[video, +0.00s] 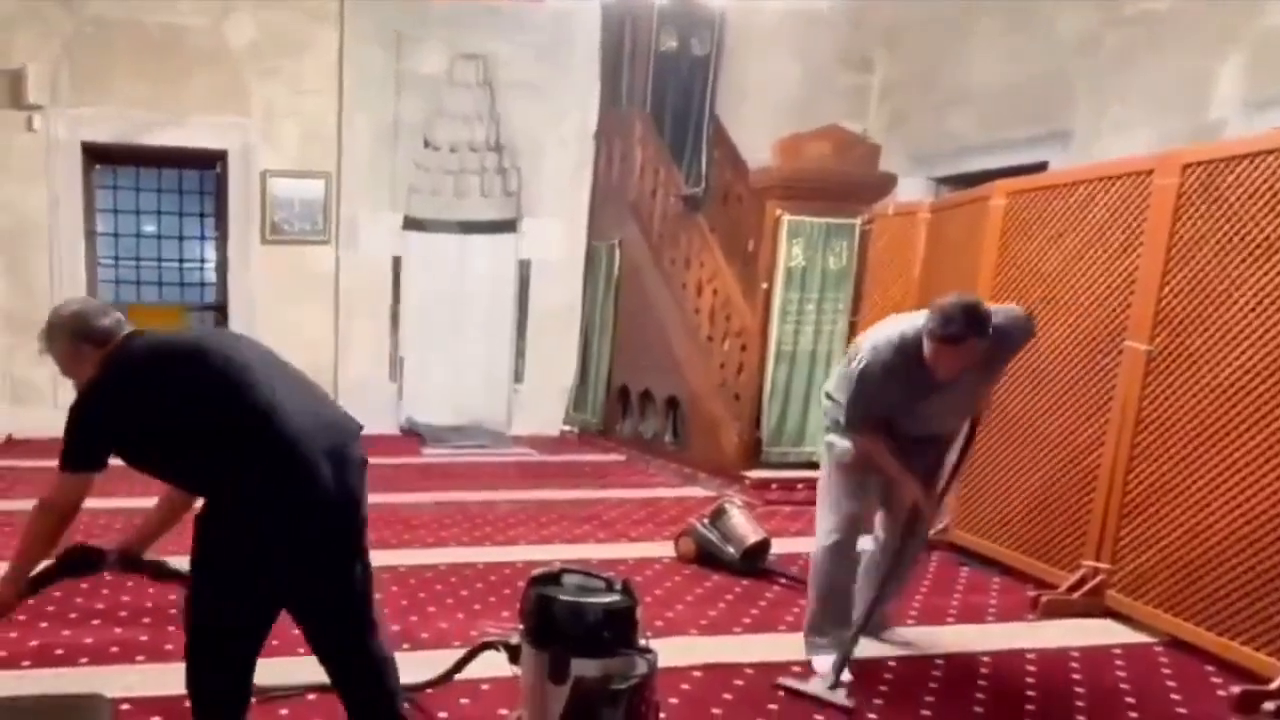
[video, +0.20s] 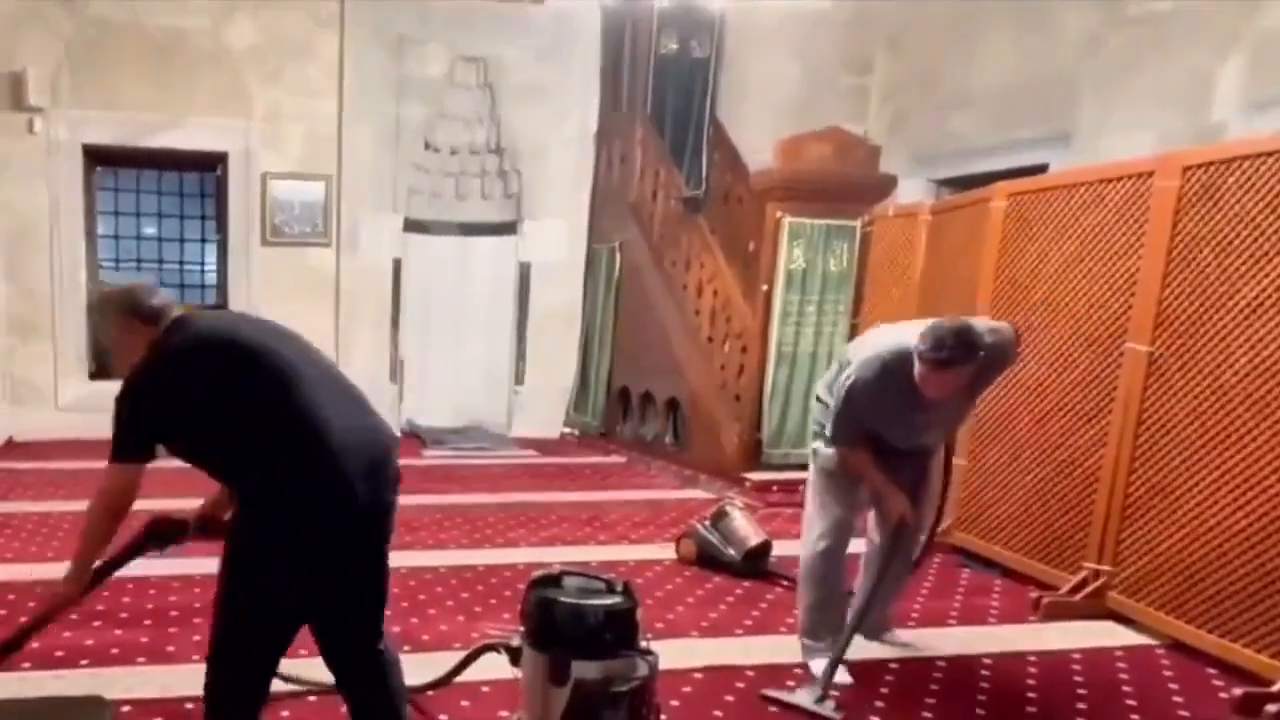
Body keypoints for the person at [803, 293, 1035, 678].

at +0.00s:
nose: (936, 365)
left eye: (948, 358)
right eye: (931, 353)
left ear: (975, 346)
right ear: (926, 337)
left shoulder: (1004, 332)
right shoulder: (882, 354)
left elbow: (1023, 322)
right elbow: (862, 432)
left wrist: (984, 388)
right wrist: (907, 484)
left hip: (926, 441)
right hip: (859, 432)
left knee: (904, 536)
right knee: (837, 536)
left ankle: (870, 619)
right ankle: (825, 644)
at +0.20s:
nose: (927, 385)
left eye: (939, 379)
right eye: (922, 374)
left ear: (967, 368)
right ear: (917, 359)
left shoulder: (991, 351)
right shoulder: (871, 371)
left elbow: (1009, 332)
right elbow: (847, 443)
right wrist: (887, 492)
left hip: (916, 447)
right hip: (852, 436)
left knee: (902, 537)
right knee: (826, 541)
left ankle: (873, 622)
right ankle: (820, 644)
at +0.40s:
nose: (905, 412)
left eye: (917, 406)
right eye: (900, 401)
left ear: (945, 395)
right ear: (894, 383)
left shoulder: (974, 380)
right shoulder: (851, 394)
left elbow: (963, 421)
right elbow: (829, 474)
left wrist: (940, 452)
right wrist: (855, 542)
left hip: (890, 455)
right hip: (835, 446)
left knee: (891, 541)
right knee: (822, 544)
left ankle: (870, 625)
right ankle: (818, 652)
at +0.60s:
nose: (885, 439)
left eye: (894, 433)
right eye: (877, 431)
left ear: (923, 412)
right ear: (867, 408)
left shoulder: (957, 398)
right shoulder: (833, 412)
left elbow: (951, 466)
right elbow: (816, 496)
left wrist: (910, 508)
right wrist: (820, 573)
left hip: (891, 454)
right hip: (836, 450)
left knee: (880, 536)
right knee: (818, 546)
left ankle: (870, 629)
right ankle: (818, 657)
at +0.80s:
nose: (870, 443)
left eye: (882, 436)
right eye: (864, 433)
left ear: (910, 413)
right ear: (852, 413)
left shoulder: (948, 400)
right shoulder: (822, 416)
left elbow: (941, 476)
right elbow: (807, 499)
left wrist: (885, 521)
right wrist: (810, 582)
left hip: (892, 456)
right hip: (832, 455)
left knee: (878, 538)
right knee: (822, 545)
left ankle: (872, 634)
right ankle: (817, 662)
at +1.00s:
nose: (870, 415)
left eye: (881, 407)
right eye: (863, 406)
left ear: (905, 389)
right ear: (852, 387)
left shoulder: (942, 377)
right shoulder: (819, 407)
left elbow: (975, 411)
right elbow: (809, 487)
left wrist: (937, 469)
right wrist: (833, 554)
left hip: (895, 475)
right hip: (834, 480)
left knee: (897, 560)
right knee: (818, 567)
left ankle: (877, 644)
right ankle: (818, 672)